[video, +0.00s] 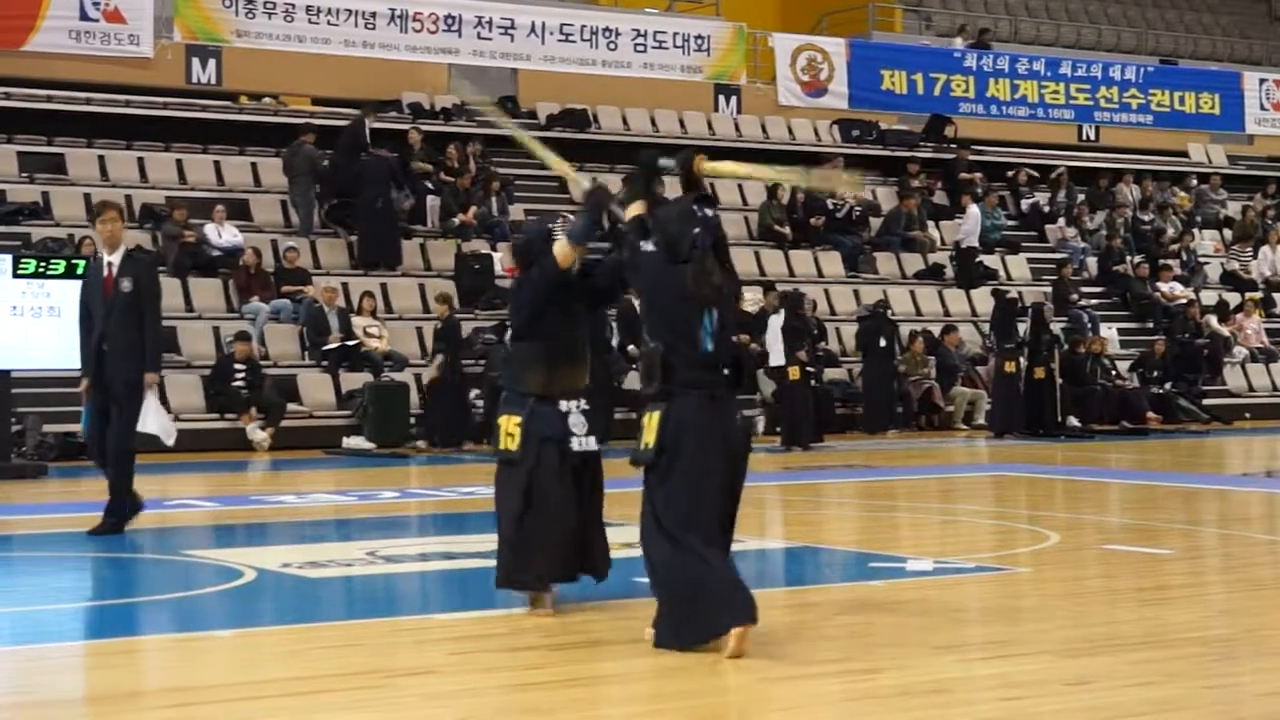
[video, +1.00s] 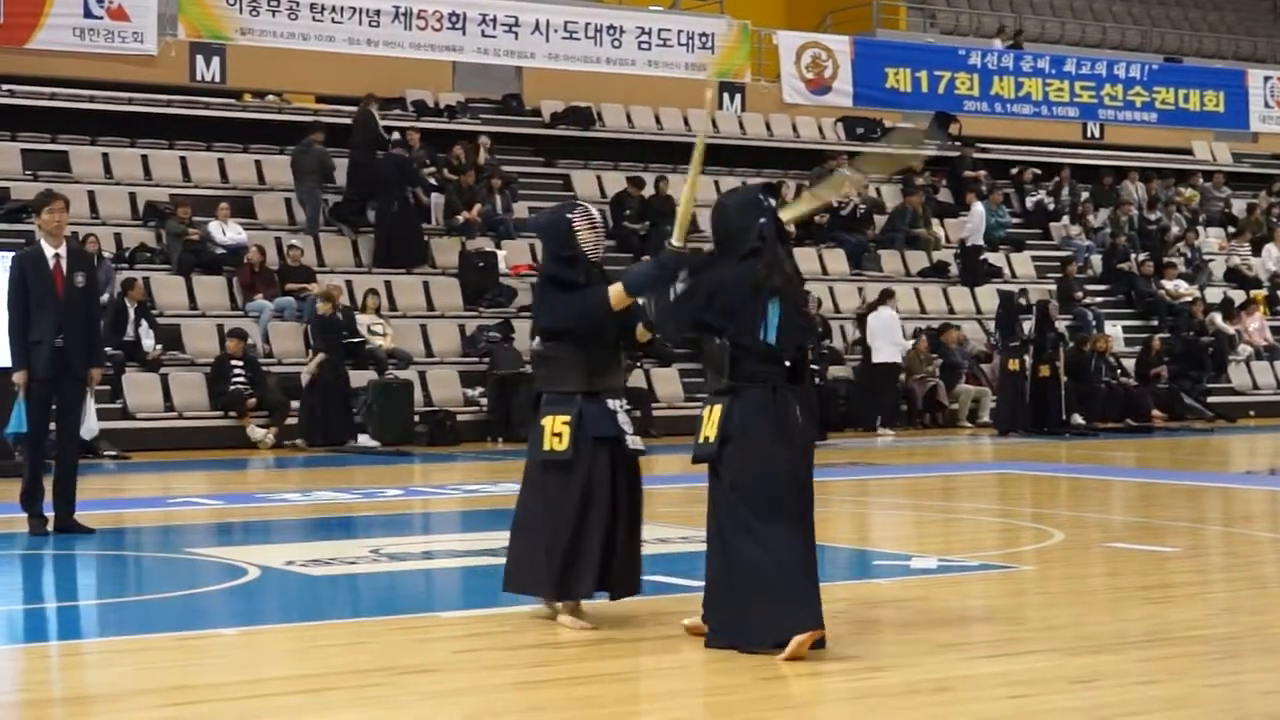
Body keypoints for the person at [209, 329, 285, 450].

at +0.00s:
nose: (242, 349)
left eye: (245, 345)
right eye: (240, 345)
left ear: (250, 347)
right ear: (234, 346)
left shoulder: (254, 364)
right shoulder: (223, 362)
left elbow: (257, 387)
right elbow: (214, 385)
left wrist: (254, 407)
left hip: (249, 398)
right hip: (225, 399)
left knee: (278, 404)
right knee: (235, 394)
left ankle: (265, 437)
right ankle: (251, 429)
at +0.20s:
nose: (239, 351)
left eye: (242, 348)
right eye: (236, 347)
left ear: (249, 347)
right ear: (232, 345)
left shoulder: (253, 363)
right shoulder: (224, 360)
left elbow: (258, 385)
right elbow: (215, 384)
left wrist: (254, 404)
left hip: (250, 397)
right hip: (229, 397)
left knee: (280, 403)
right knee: (231, 393)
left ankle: (268, 435)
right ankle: (250, 428)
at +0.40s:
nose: (232, 347)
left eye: (236, 344)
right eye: (231, 344)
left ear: (245, 345)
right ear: (228, 344)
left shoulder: (252, 362)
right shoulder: (221, 361)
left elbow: (260, 384)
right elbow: (214, 385)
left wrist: (254, 400)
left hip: (251, 397)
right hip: (228, 399)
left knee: (281, 403)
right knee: (234, 394)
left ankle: (269, 435)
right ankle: (248, 427)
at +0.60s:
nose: (230, 346)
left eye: (234, 343)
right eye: (229, 343)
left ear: (243, 345)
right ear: (227, 344)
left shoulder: (251, 361)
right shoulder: (220, 361)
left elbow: (259, 383)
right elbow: (213, 385)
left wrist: (254, 399)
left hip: (251, 398)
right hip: (227, 400)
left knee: (281, 403)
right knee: (235, 394)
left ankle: (269, 435)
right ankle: (248, 428)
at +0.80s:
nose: (227, 345)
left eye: (231, 341)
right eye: (227, 341)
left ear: (241, 344)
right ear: (225, 342)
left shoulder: (251, 360)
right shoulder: (220, 360)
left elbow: (260, 382)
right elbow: (214, 384)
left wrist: (255, 398)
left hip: (251, 396)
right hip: (228, 398)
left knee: (282, 402)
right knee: (236, 394)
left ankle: (270, 435)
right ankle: (249, 427)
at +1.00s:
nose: (227, 344)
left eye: (231, 341)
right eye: (227, 341)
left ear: (242, 343)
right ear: (226, 342)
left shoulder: (251, 360)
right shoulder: (220, 360)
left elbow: (261, 382)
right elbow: (215, 384)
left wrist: (256, 397)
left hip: (251, 394)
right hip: (229, 397)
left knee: (282, 402)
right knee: (236, 395)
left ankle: (271, 434)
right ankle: (249, 427)